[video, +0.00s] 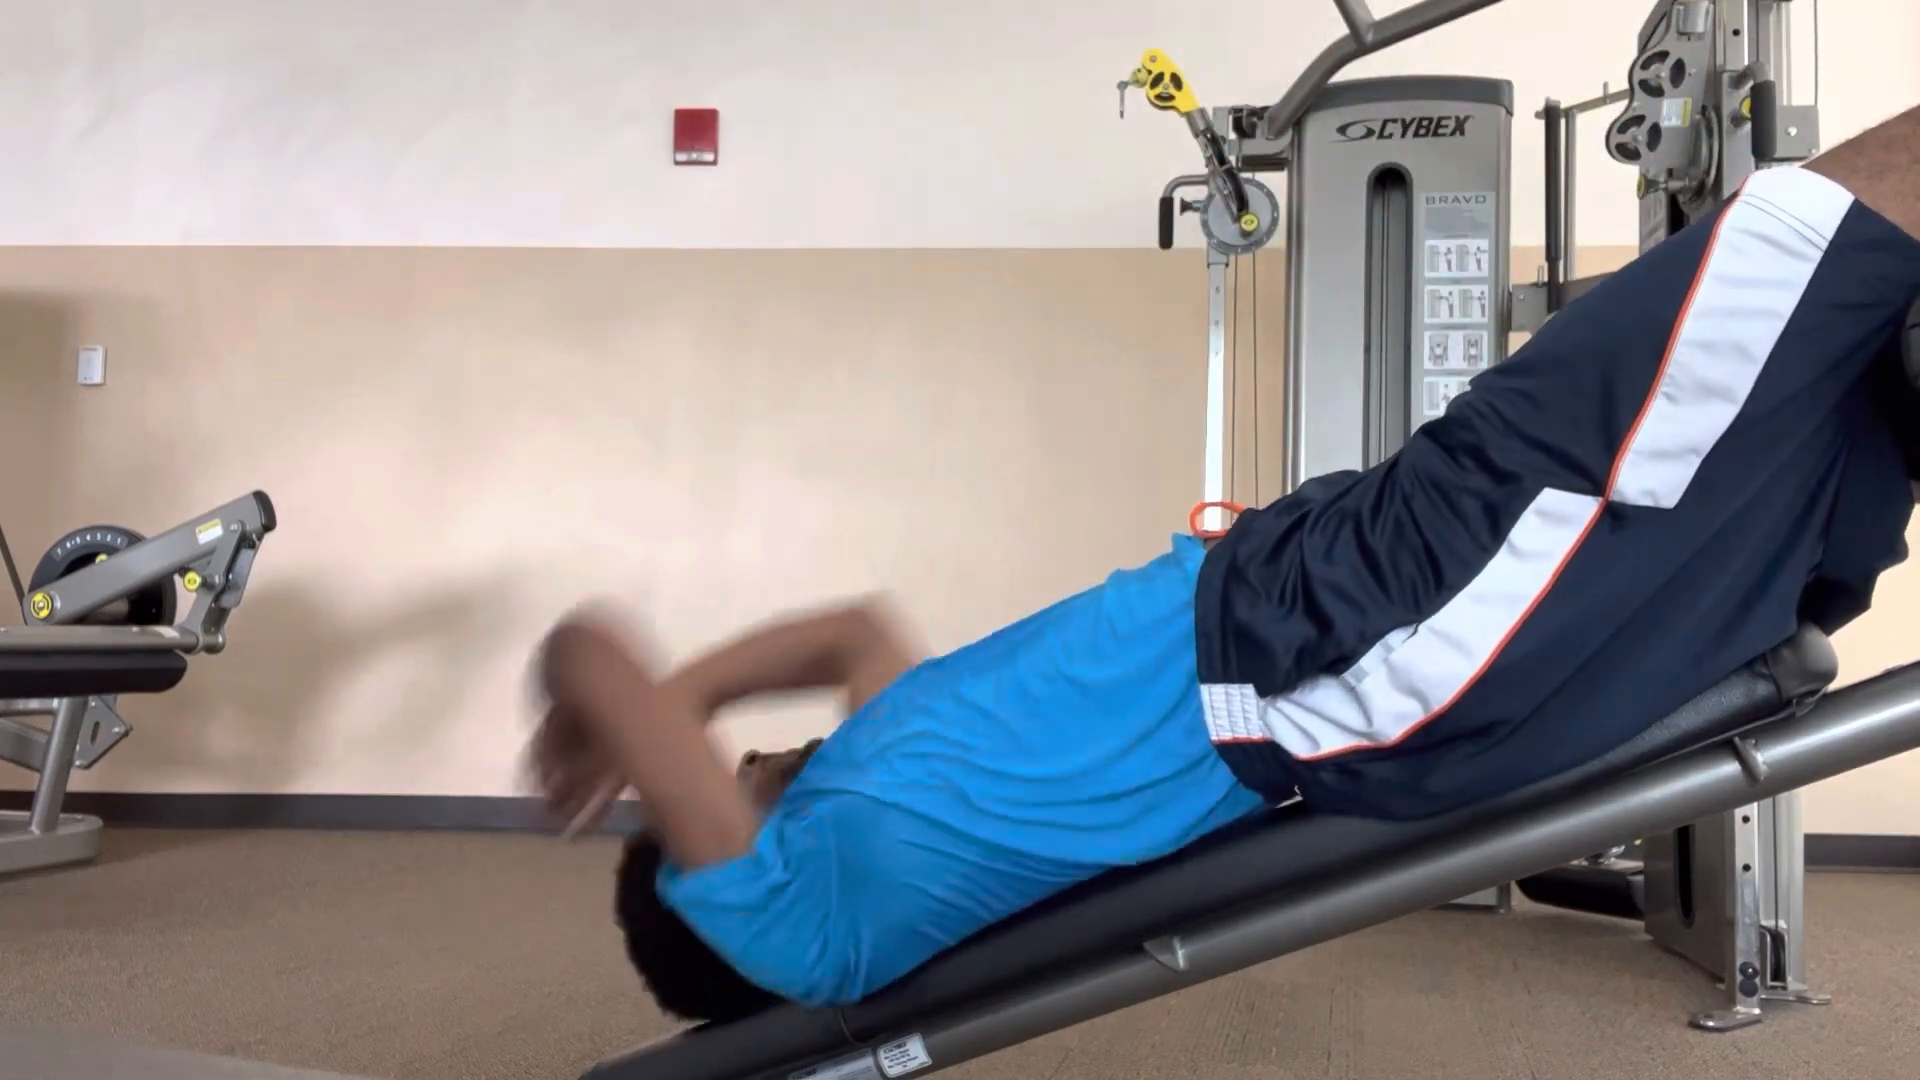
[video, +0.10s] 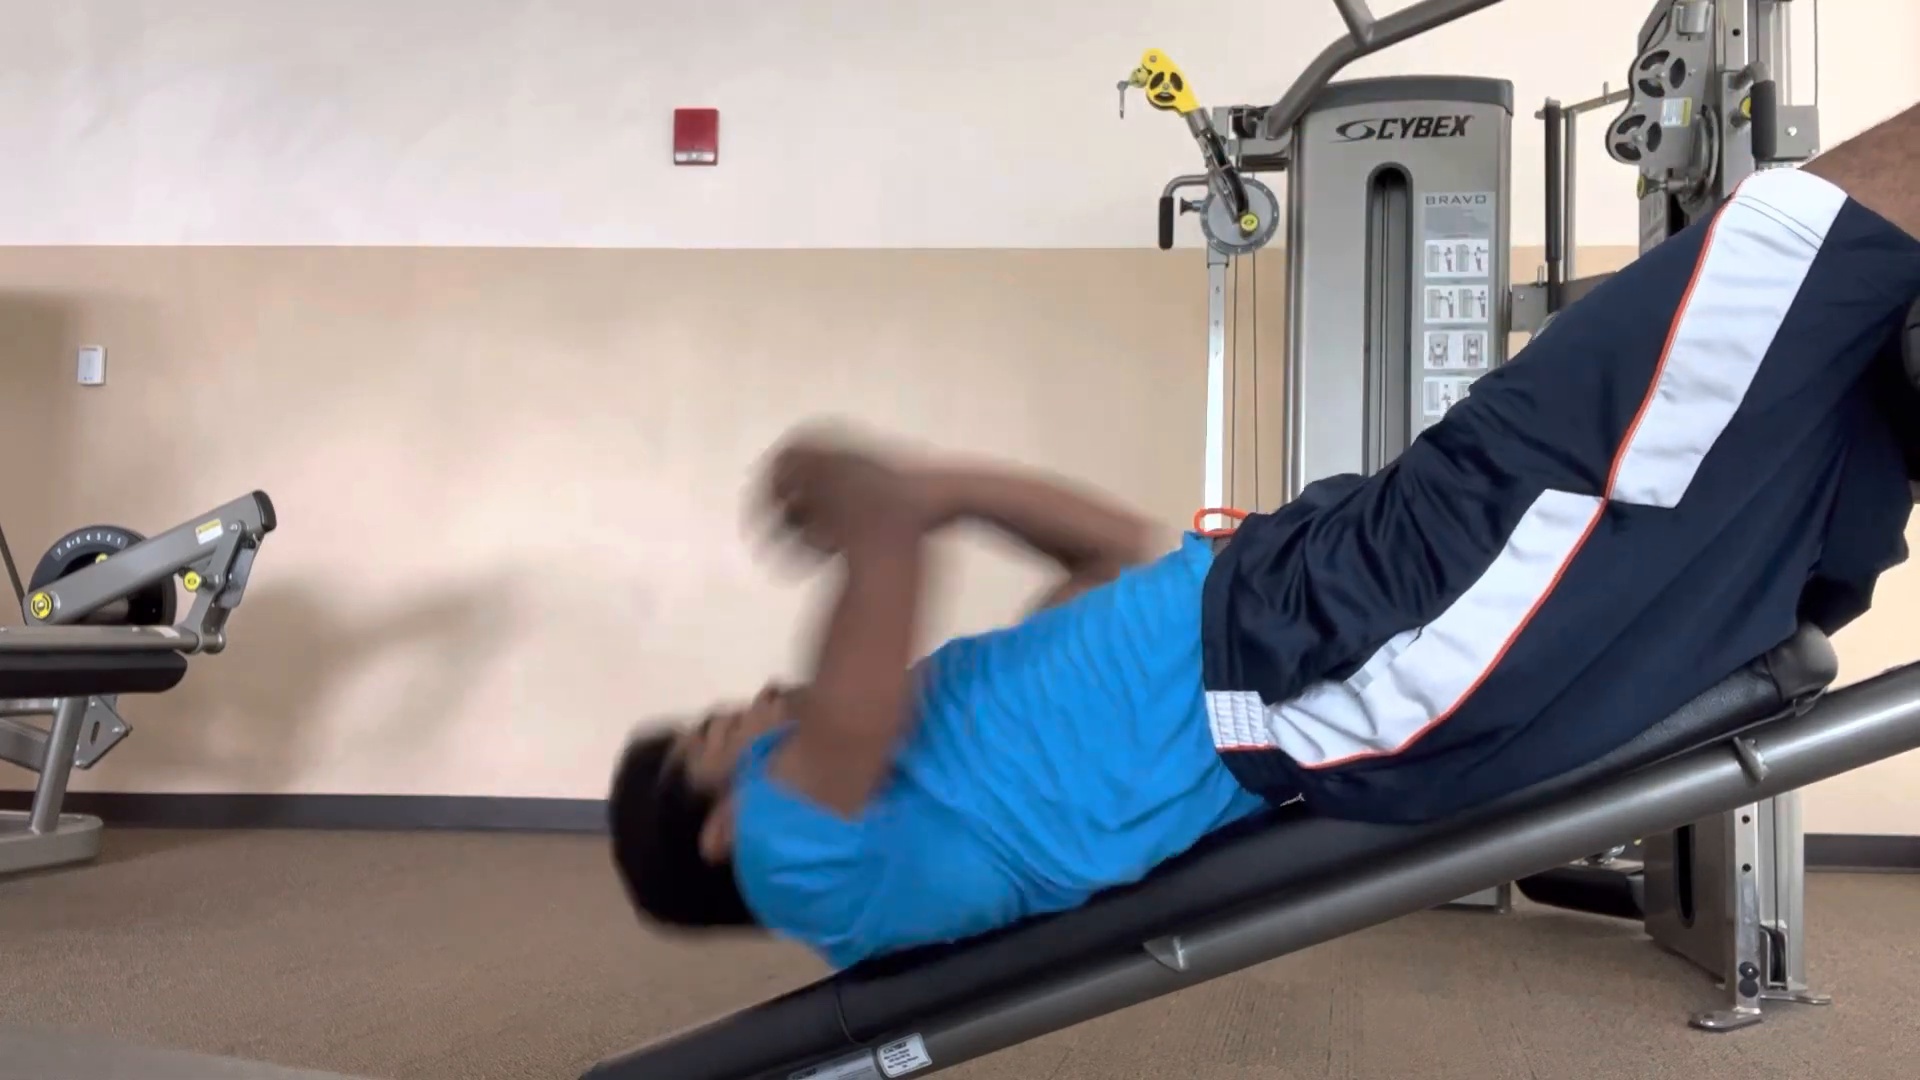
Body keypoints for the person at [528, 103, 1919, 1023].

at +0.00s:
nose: (743, 764)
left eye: (734, 768)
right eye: (719, 792)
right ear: (708, 882)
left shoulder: (863, 835)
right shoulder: (778, 899)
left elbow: (859, 628)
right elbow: (583, 635)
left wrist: (649, 719)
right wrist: (588, 750)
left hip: (1351, 587)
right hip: (1339, 658)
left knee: (1877, 174)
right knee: (1857, 181)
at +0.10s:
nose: (738, 706)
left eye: (714, 713)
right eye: (708, 738)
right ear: (716, 808)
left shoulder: (919, 791)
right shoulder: (793, 835)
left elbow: (1141, 558)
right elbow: (894, 544)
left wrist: (929, 488)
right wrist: (854, 496)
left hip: (1339, 592)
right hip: (1322, 661)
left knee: (1880, 177)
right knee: (1863, 183)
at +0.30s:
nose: (862, 431)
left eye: (837, 413)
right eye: (814, 438)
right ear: (761, 533)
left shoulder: (982, 564)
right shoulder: (837, 630)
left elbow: (1321, 555)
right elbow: (1121, 569)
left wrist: (1358, 366)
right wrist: (1315, 328)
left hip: (1391, 619)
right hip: (1342, 657)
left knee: (1874, 419)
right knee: (1863, 174)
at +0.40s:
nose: (936, 286)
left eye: (921, 263)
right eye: (881, 284)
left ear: (934, 292)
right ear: (806, 363)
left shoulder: (1034, 438)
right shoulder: (858, 484)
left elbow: (1331, 535)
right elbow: (1161, 536)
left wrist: (1420, 368)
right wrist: (1393, 326)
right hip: (1372, 630)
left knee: (1898, 447)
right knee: (1884, 154)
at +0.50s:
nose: (1082, 138)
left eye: (1066, 109)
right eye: (1040, 115)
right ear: (930, 161)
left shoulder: (1110, 316)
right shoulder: (940, 310)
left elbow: (1338, 472)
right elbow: (1216, 478)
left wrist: (1489, 330)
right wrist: (1472, 304)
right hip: (1385, 614)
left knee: (1900, 443)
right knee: (1893, 139)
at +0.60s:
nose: (1264, 8)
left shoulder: (1223, 181)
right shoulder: (1069, 146)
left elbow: (1333, 429)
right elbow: (1271, 428)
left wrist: (1523, 282)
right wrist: (1547, 276)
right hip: (1404, 600)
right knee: (1898, 127)